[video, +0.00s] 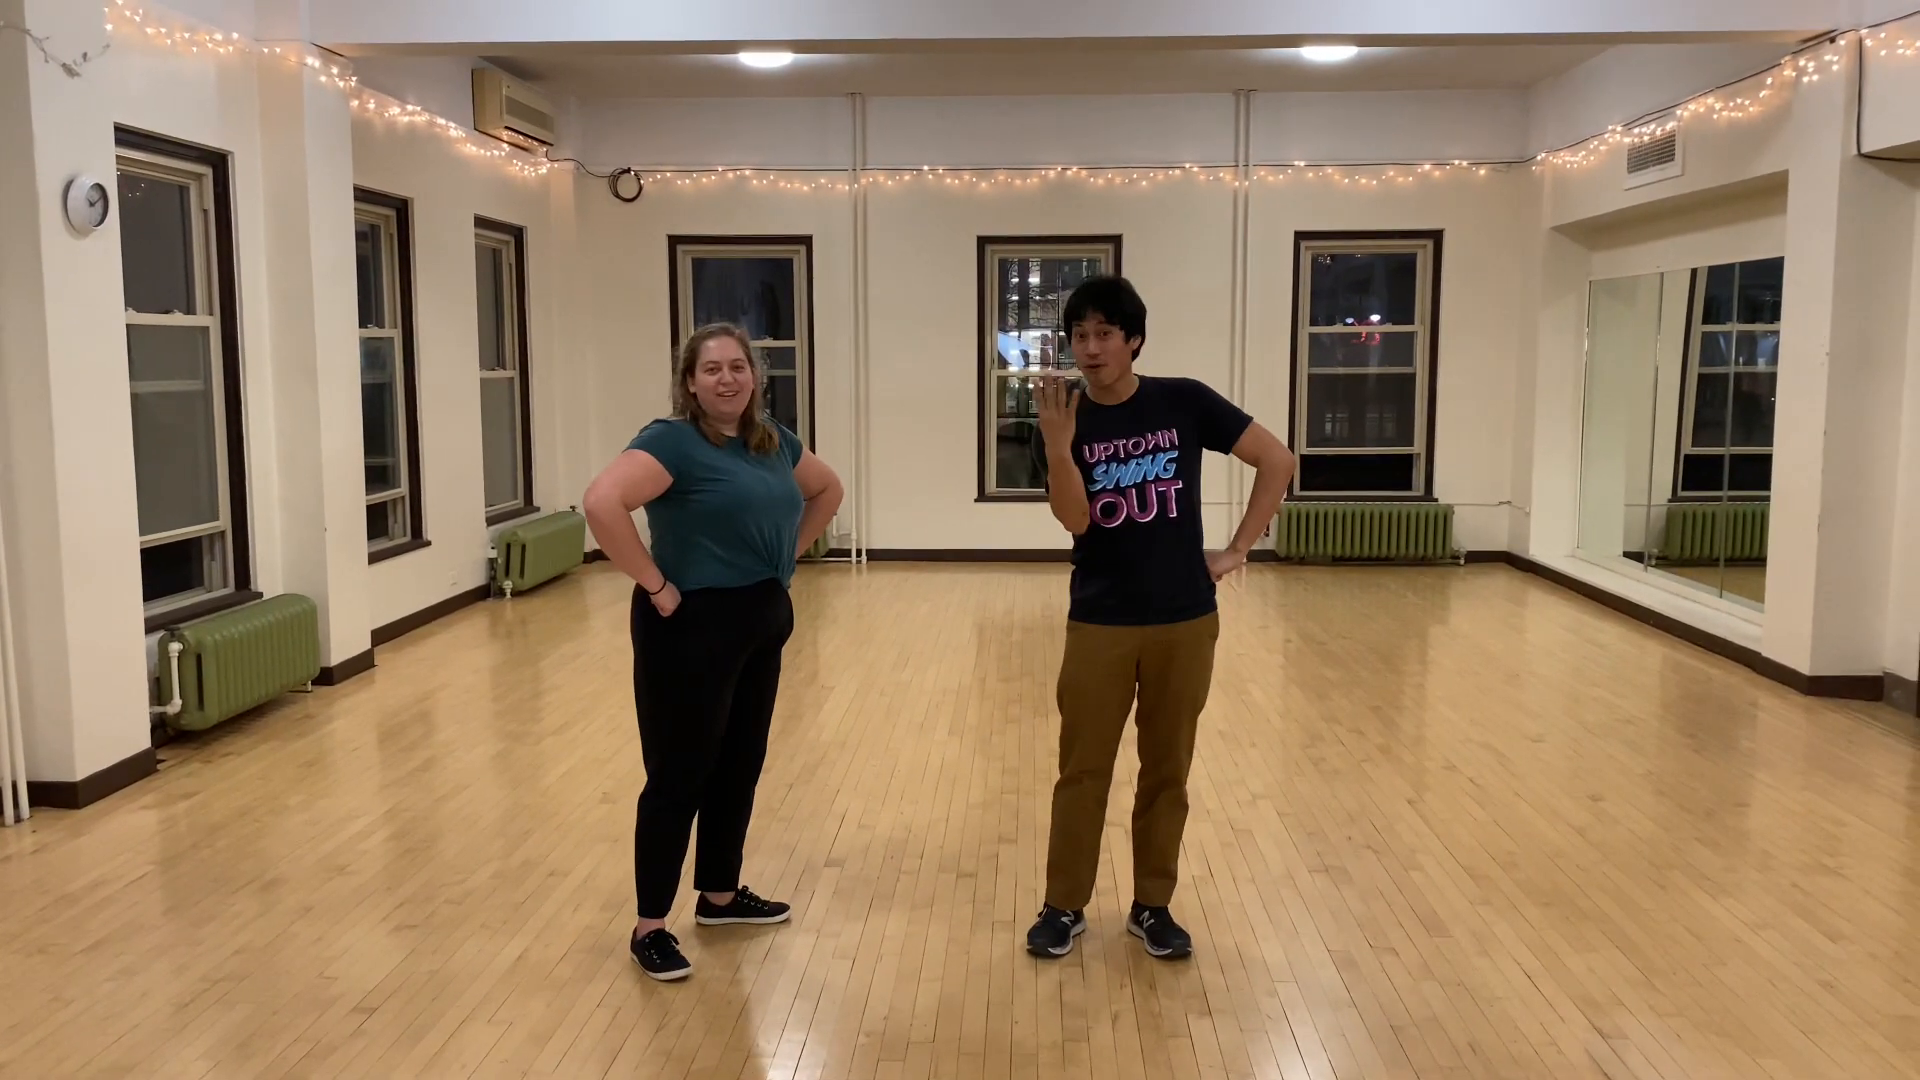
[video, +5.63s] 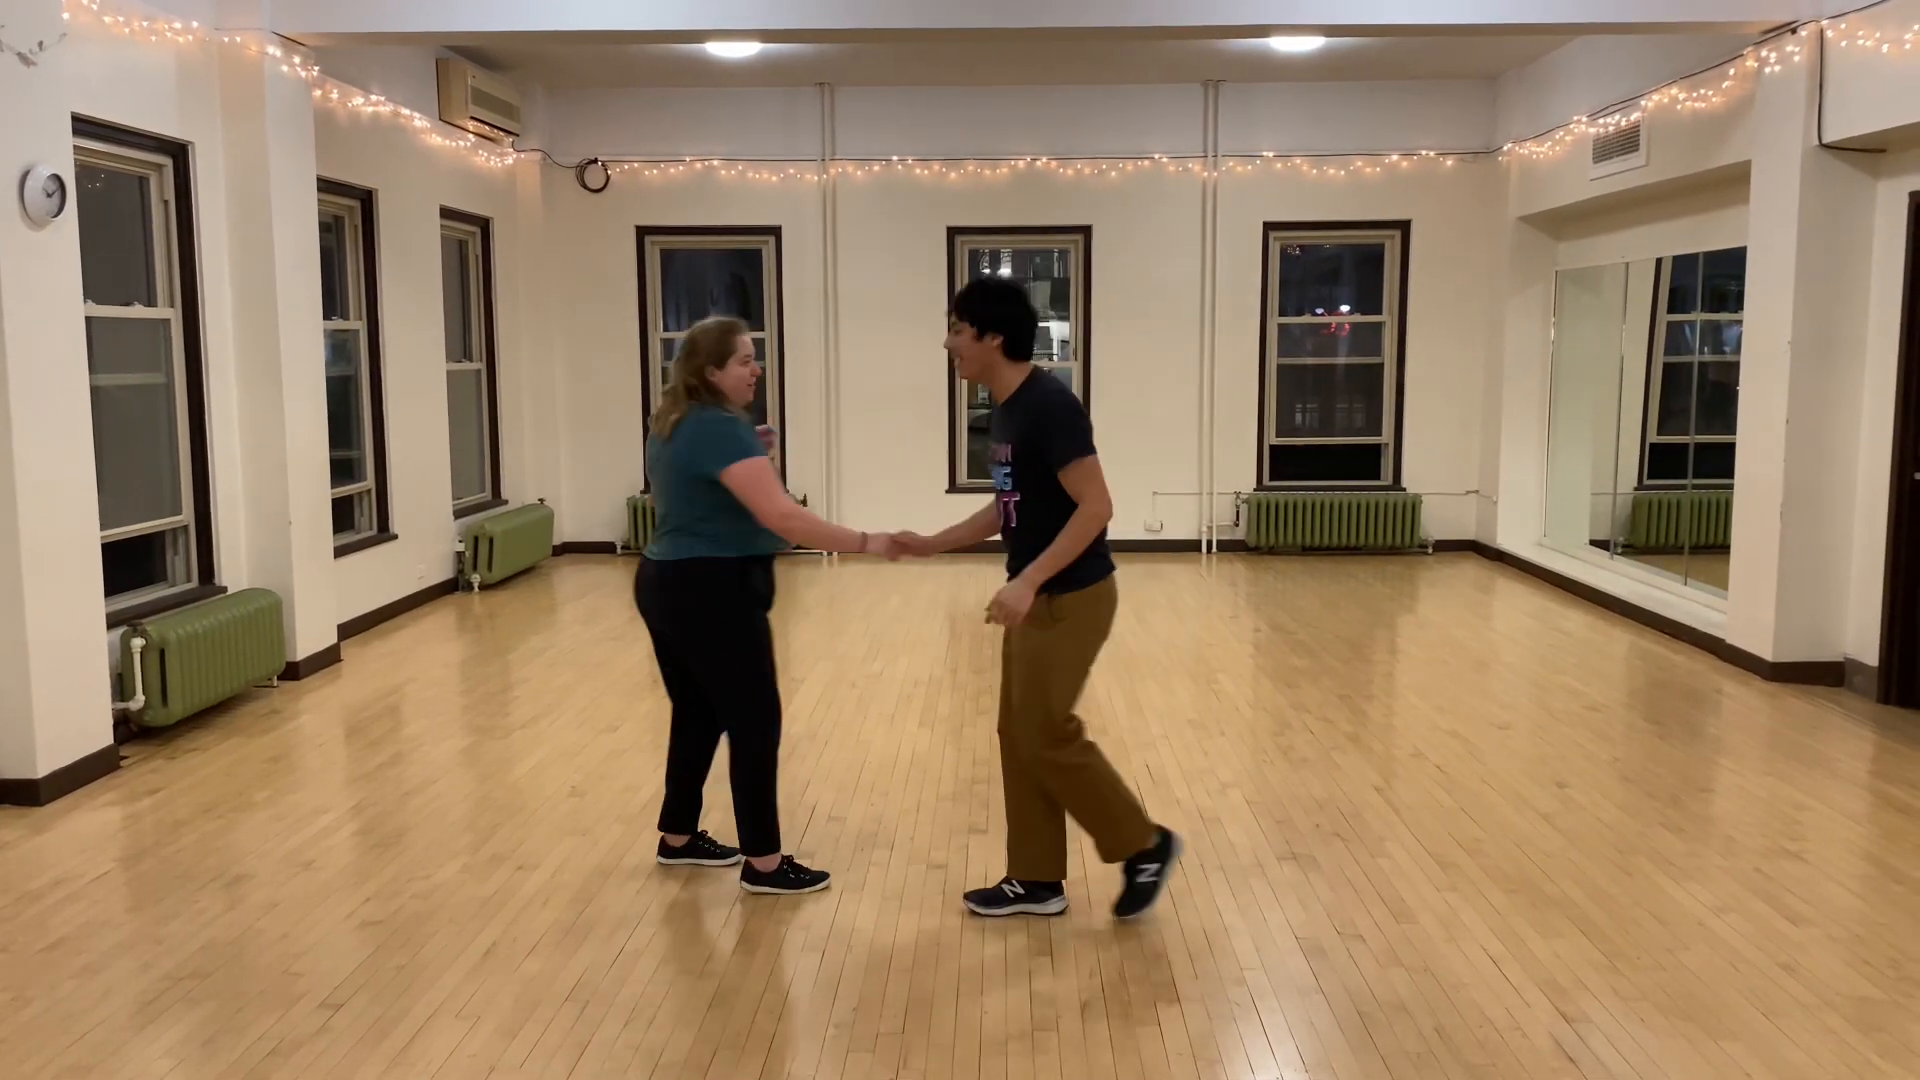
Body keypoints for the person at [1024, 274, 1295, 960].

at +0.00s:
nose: (1091, 346)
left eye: (1105, 333)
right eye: (1081, 334)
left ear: (1135, 340)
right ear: (1071, 344)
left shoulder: (1185, 401)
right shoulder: (1068, 422)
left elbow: (1277, 462)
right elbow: (1074, 520)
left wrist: (1236, 550)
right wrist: (1058, 443)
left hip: (1183, 617)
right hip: (1099, 621)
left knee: (1167, 774)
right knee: (1082, 771)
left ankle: (1152, 907)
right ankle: (1063, 906)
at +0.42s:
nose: (1108, 340)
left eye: (1121, 326)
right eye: (1096, 329)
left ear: (1151, 333)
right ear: (1087, 342)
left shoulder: (1198, 402)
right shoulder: (1074, 428)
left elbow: (1260, 480)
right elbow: (1066, 547)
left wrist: (1259, 571)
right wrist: (1070, 519)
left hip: (1197, 620)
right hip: (1117, 626)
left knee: (1170, 771)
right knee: (1096, 771)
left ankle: (1149, 905)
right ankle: (1062, 904)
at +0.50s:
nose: (1107, 337)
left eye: (1120, 324)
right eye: (1100, 327)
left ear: (1160, 332)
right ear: (1095, 336)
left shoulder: (1207, 408)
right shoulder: (1079, 423)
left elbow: (1246, 507)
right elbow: (1055, 527)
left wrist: (1263, 602)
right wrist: (1068, 581)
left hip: (1191, 624)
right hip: (1109, 626)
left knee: (1166, 773)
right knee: (1090, 772)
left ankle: (1149, 905)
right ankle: (1064, 903)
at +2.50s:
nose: (1114, 341)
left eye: (1127, 332)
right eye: (1113, 328)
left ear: (1166, 340)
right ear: (1118, 329)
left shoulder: (1212, 410)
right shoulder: (1097, 399)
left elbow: (1241, 516)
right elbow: (1071, 493)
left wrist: (1237, 608)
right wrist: (1065, 578)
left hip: (1175, 597)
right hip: (1098, 595)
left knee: (1185, 726)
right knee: (1102, 728)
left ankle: (1196, 853)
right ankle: (1112, 854)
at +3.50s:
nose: (1043, 343)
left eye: (1051, 331)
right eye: (1042, 331)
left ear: (1089, 332)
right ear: (1074, 334)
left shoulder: (1147, 403)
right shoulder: (1064, 405)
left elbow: (1168, 511)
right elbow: (1049, 497)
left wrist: (1138, 602)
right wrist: (982, 537)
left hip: (1128, 598)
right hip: (1068, 596)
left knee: (1141, 739)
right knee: (1090, 730)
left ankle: (1160, 885)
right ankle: (1107, 851)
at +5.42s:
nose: (992, 372)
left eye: (998, 359)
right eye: (991, 359)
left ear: (1033, 358)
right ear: (1036, 359)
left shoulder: (1090, 423)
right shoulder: (1056, 421)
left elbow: (1113, 536)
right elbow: (1050, 506)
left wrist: (1054, 618)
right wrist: (973, 536)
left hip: (1118, 608)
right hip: (1072, 607)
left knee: (1133, 741)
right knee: (1035, 739)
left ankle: (1196, 875)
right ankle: (1037, 883)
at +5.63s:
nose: (950, 346)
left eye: (958, 333)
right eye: (951, 333)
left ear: (994, 339)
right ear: (993, 341)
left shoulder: (1050, 406)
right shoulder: (1009, 410)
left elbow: (1096, 508)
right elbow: (1011, 508)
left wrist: (1029, 580)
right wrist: (935, 543)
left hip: (1074, 596)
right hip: (1036, 596)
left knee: (1043, 731)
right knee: (1020, 733)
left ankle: (1146, 845)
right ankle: (1037, 881)